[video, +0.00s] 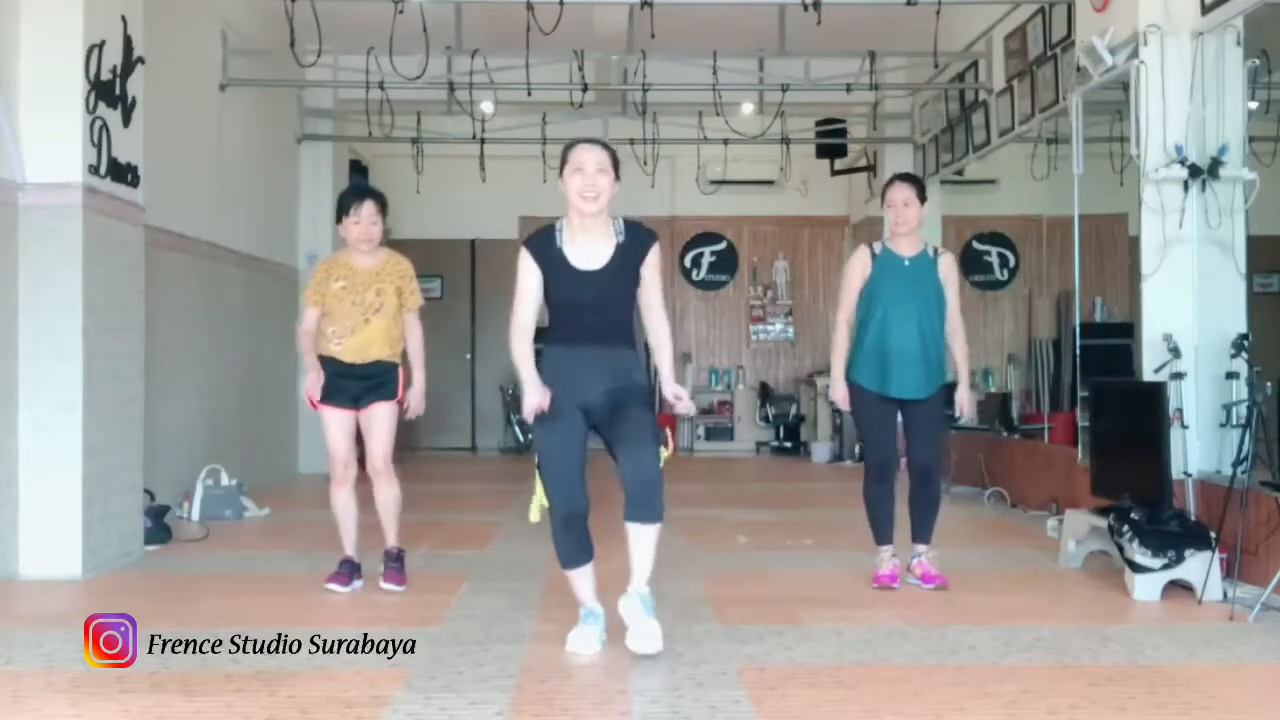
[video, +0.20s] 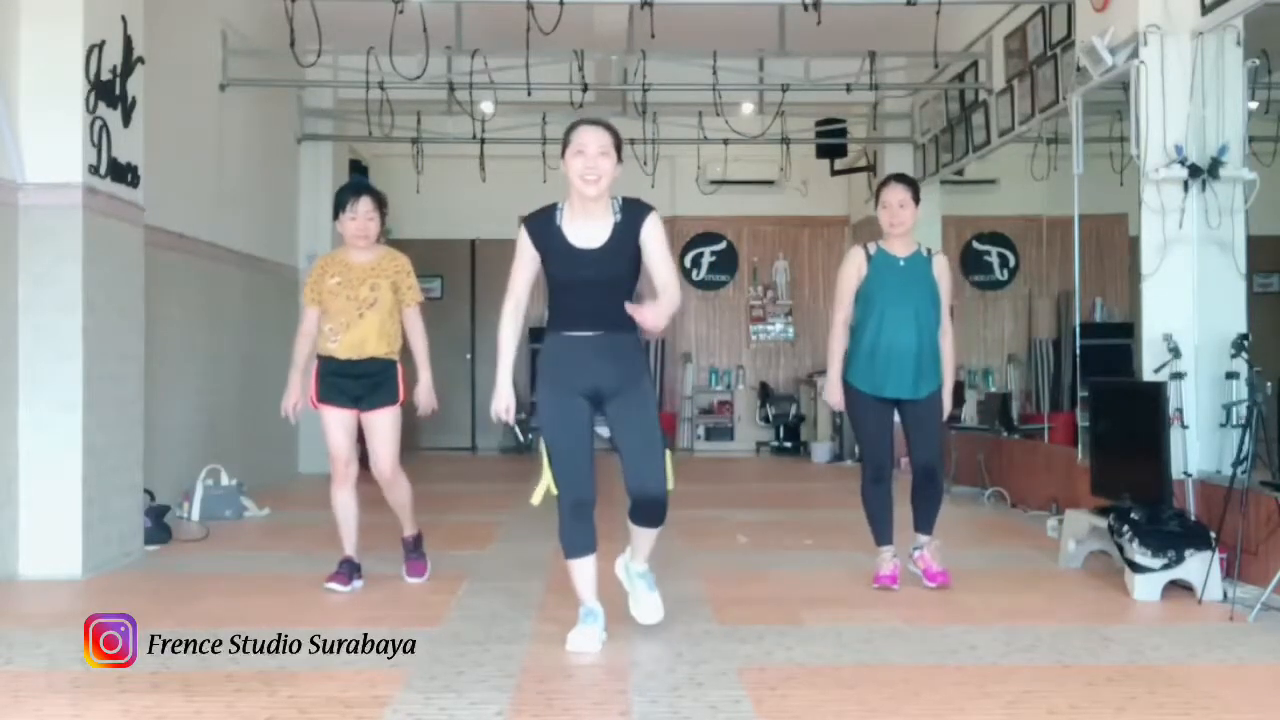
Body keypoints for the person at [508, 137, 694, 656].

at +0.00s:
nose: (589, 180)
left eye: (599, 171)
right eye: (579, 171)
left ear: (615, 183)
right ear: (561, 181)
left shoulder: (640, 243)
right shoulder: (538, 249)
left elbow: (655, 316)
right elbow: (522, 326)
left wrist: (668, 378)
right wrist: (530, 381)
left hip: (625, 385)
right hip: (558, 387)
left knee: (645, 475)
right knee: (566, 503)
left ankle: (639, 595)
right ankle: (590, 611)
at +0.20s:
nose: (592, 163)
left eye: (603, 154)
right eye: (580, 153)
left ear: (618, 164)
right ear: (564, 162)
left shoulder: (641, 220)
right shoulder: (538, 227)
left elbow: (671, 290)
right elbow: (514, 307)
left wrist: (662, 311)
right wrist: (504, 381)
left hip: (626, 366)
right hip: (562, 368)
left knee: (651, 489)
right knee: (575, 494)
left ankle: (636, 565)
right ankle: (588, 609)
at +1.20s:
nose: (590, 168)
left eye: (601, 158)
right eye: (579, 158)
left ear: (616, 167)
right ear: (561, 165)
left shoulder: (637, 226)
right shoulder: (535, 230)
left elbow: (663, 300)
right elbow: (512, 307)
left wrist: (683, 371)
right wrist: (529, 319)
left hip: (626, 368)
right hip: (561, 369)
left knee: (644, 481)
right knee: (575, 498)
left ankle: (639, 618)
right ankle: (590, 612)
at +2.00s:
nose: (590, 175)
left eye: (600, 167)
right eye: (579, 166)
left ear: (615, 178)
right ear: (562, 177)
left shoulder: (640, 237)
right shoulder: (537, 245)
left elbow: (664, 304)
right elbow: (520, 327)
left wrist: (669, 339)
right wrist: (519, 397)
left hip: (624, 380)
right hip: (558, 382)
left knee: (658, 472)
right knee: (570, 504)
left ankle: (646, 584)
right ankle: (590, 612)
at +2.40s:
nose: (588, 179)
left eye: (599, 171)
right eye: (577, 170)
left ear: (615, 182)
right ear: (560, 180)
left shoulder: (637, 236)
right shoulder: (537, 242)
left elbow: (682, 298)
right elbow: (481, 301)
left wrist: (660, 267)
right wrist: (457, 380)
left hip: (627, 380)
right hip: (562, 384)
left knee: (661, 484)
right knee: (568, 502)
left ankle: (655, 574)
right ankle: (590, 611)